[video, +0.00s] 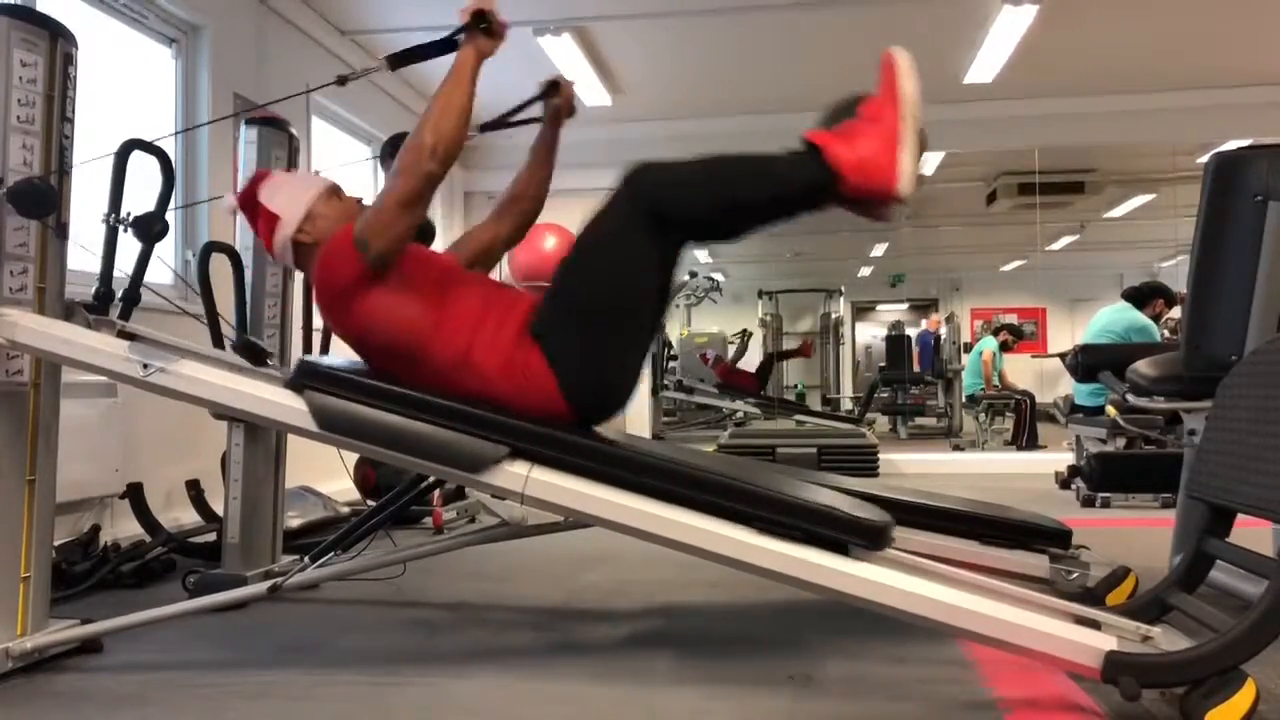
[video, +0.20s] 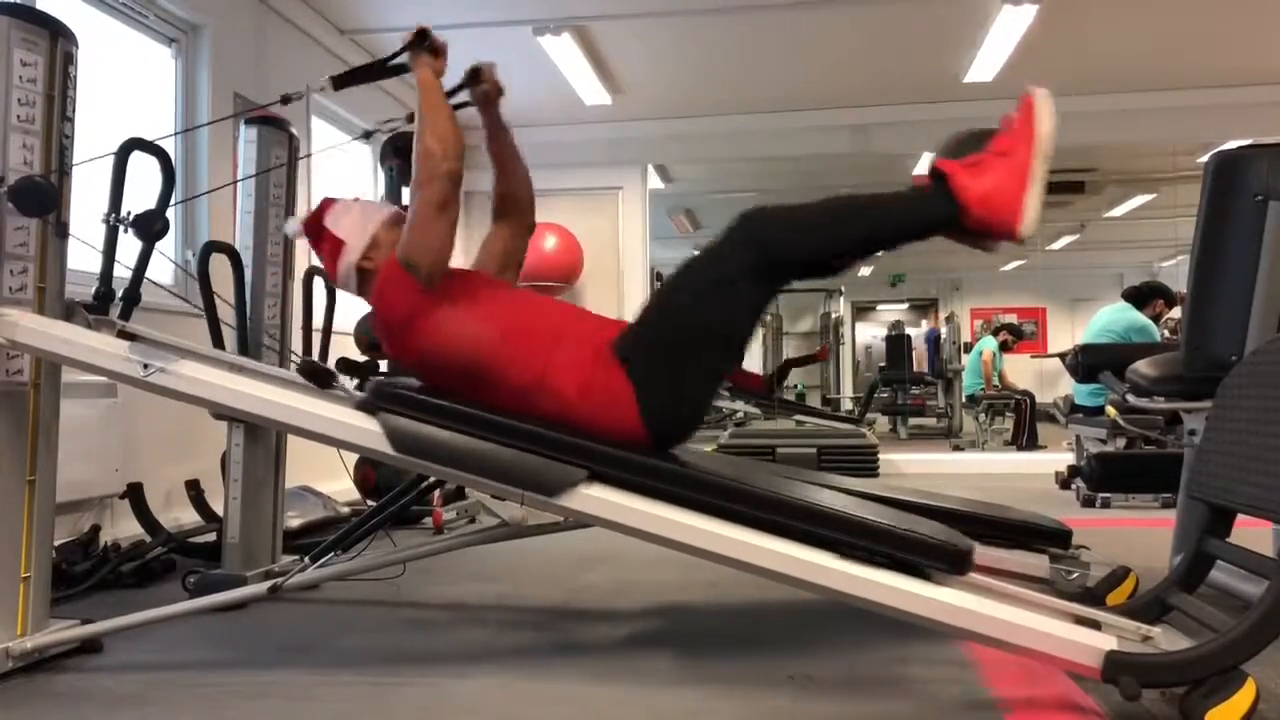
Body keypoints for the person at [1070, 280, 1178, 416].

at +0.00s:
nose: (1162, 317)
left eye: (1165, 313)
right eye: (1165, 312)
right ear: (1158, 304)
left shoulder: (1107, 311)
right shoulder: (1142, 324)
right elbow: (1159, 367)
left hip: (1081, 397)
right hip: (1102, 401)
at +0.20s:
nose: (1163, 317)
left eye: (1166, 313)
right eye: (1165, 312)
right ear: (1159, 305)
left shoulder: (1108, 311)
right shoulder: (1142, 324)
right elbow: (1160, 366)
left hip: (1081, 397)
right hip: (1101, 401)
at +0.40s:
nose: (1162, 318)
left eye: (1166, 314)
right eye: (1165, 313)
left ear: (1140, 299)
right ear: (1159, 305)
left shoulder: (1108, 311)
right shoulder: (1142, 324)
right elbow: (1160, 366)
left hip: (1081, 397)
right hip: (1101, 402)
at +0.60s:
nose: (1163, 316)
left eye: (1166, 312)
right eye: (1165, 311)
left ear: (1139, 298)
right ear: (1158, 305)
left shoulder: (1106, 311)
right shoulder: (1143, 324)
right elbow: (1157, 367)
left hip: (1081, 396)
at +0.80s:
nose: (1163, 316)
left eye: (1167, 312)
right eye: (1166, 311)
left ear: (1140, 299)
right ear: (1159, 306)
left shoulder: (1106, 312)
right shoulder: (1142, 325)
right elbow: (1157, 368)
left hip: (1080, 397)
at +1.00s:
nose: (1164, 314)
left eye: (1167, 310)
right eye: (1166, 309)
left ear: (1140, 298)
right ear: (1160, 306)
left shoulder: (1106, 312)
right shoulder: (1143, 325)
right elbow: (1159, 367)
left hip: (1081, 398)